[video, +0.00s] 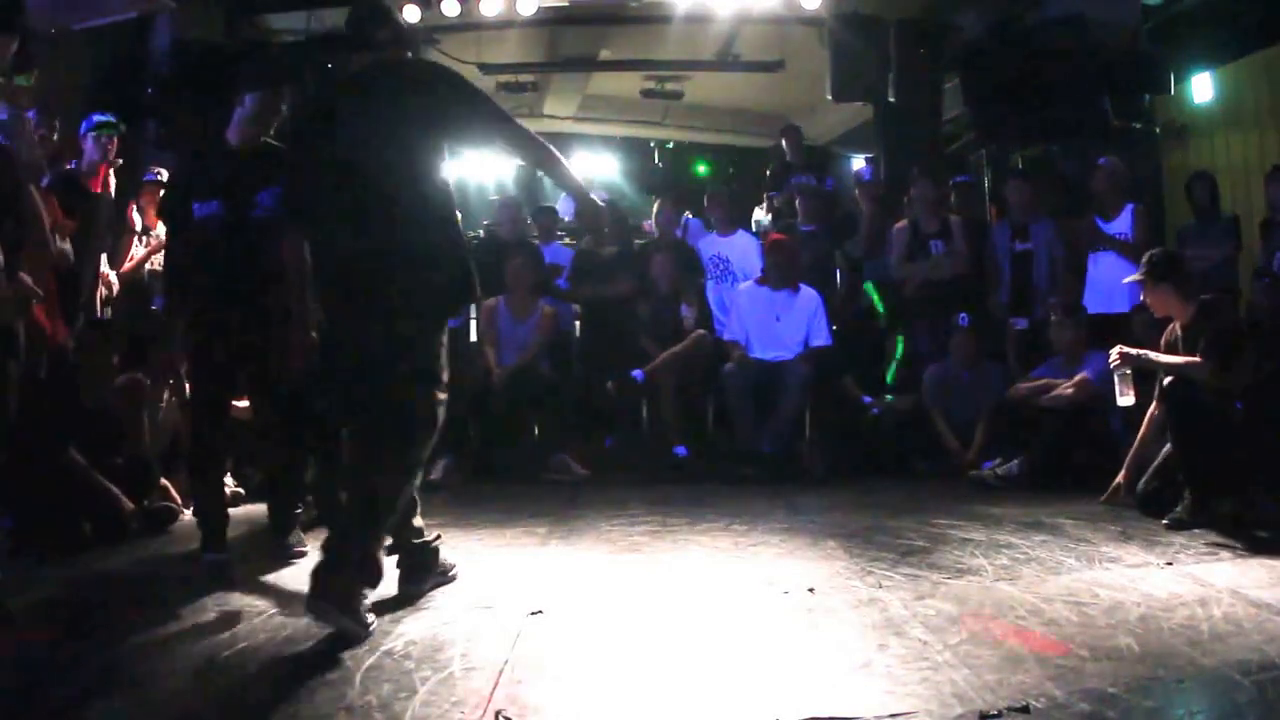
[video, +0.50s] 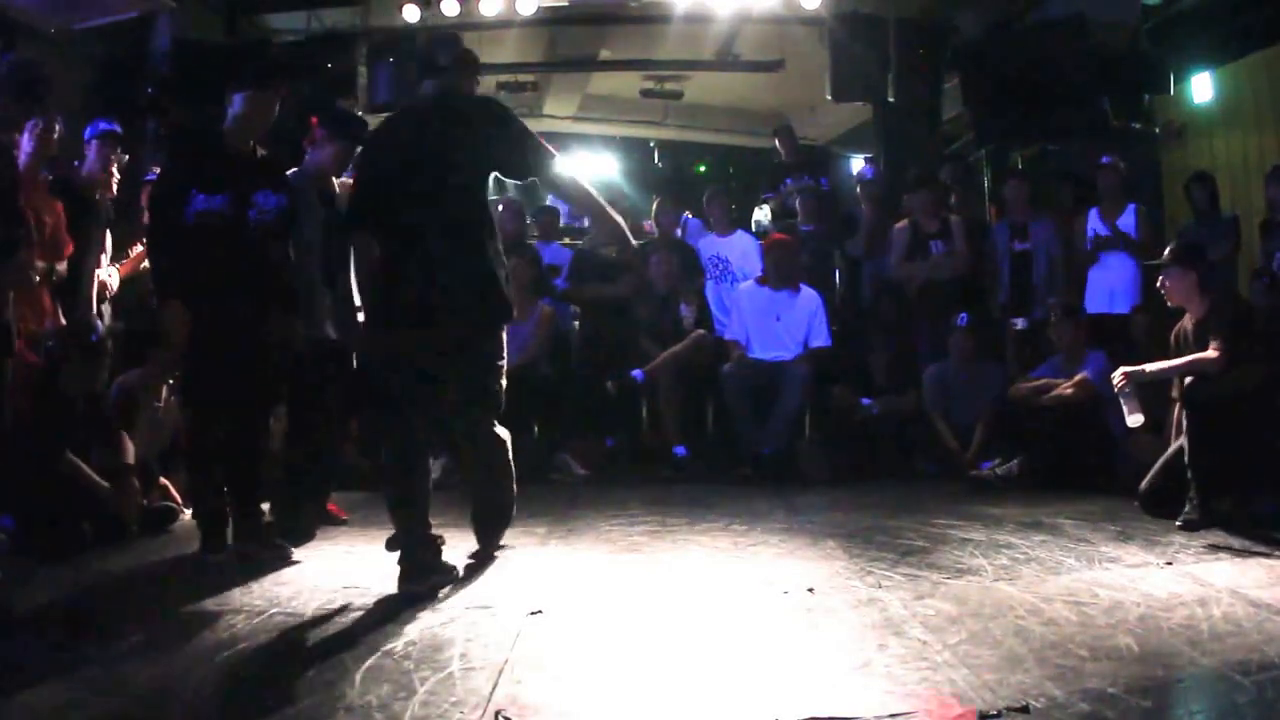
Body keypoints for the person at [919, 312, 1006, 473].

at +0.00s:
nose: (963, 351)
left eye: (968, 345)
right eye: (959, 345)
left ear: (975, 346)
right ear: (951, 346)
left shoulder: (988, 374)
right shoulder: (935, 375)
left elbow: (985, 416)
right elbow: (936, 415)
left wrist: (973, 453)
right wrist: (955, 448)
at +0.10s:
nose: (963, 349)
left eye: (967, 344)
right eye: (958, 344)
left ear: (975, 346)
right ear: (951, 345)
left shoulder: (988, 374)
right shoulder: (935, 375)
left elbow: (985, 417)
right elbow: (937, 415)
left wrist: (973, 453)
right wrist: (954, 448)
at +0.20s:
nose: (962, 346)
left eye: (967, 341)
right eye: (958, 341)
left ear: (975, 343)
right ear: (951, 342)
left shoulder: (988, 373)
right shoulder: (935, 374)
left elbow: (986, 416)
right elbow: (936, 415)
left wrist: (973, 453)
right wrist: (954, 448)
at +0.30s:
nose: (963, 346)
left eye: (968, 340)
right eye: (958, 340)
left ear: (975, 343)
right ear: (951, 342)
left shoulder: (989, 374)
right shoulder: (935, 375)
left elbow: (986, 416)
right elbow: (937, 416)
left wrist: (973, 454)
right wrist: (956, 450)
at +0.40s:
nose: (961, 346)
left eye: (966, 341)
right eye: (957, 340)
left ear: (975, 343)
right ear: (950, 342)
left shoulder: (989, 373)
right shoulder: (935, 375)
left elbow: (986, 416)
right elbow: (936, 416)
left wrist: (972, 454)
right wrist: (957, 452)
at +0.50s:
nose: (961, 346)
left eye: (966, 340)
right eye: (957, 340)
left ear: (974, 343)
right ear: (950, 342)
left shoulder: (988, 373)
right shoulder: (935, 374)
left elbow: (986, 416)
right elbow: (936, 416)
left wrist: (972, 454)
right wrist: (957, 452)